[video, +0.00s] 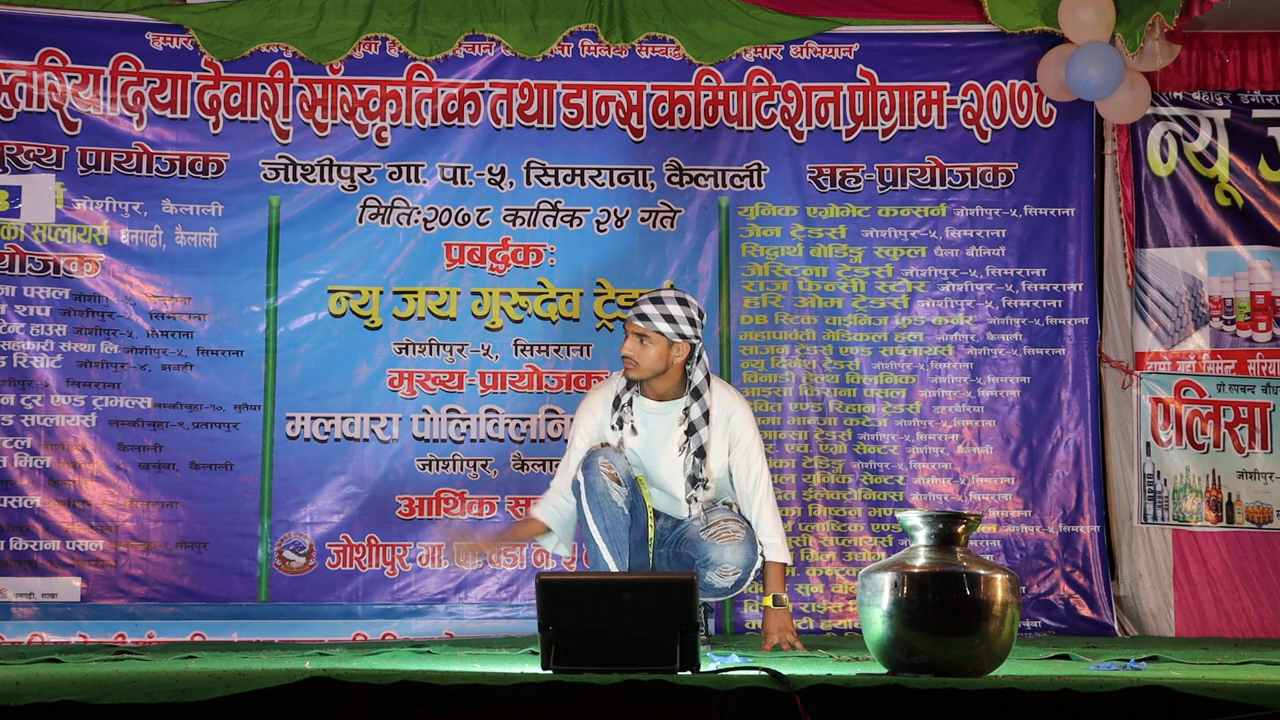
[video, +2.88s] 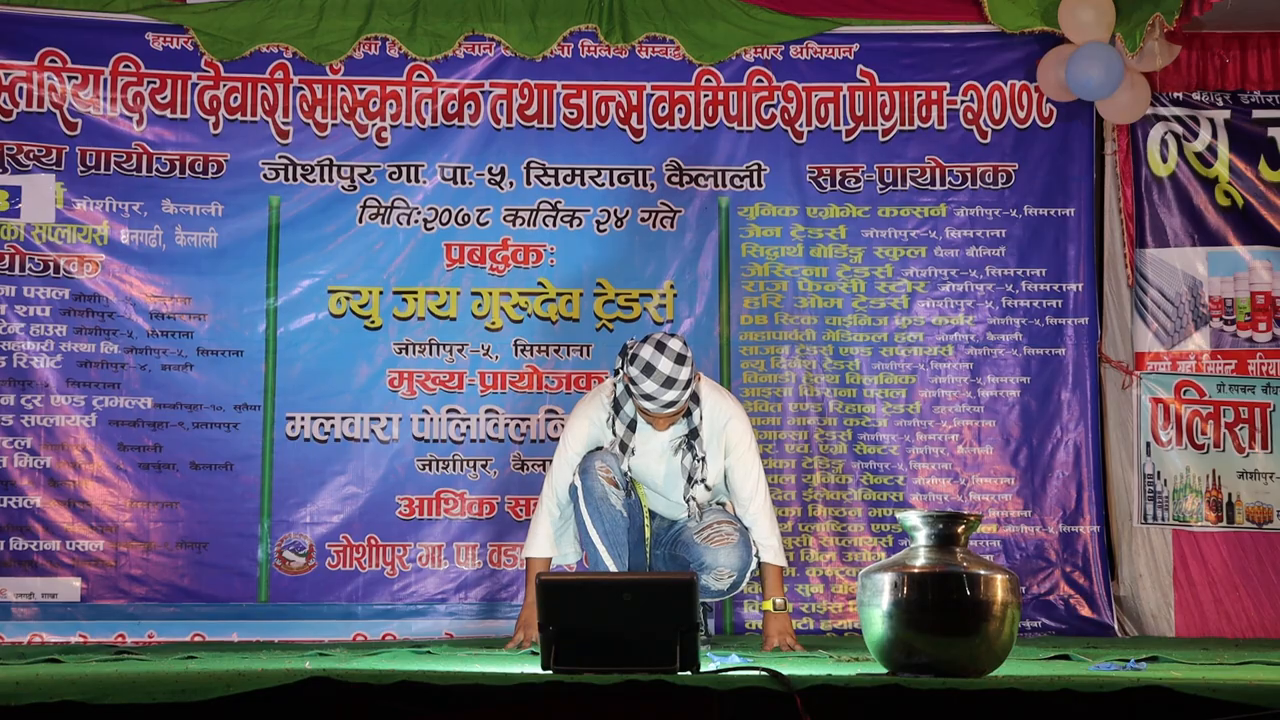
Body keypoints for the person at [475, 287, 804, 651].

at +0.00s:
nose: (625, 350)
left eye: (641, 340)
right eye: (627, 336)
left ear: (679, 351)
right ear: (625, 336)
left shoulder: (728, 408)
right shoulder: (603, 402)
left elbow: (761, 502)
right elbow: (562, 498)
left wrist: (776, 602)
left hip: (695, 541)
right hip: (629, 534)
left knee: (731, 539)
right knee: (601, 462)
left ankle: (691, 614)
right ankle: (618, 605)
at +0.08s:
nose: (627, 347)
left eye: (642, 338)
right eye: (627, 334)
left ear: (680, 350)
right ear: (625, 336)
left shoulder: (728, 409)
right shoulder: (603, 401)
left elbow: (761, 505)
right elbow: (558, 497)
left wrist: (777, 605)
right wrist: (480, 503)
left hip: (693, 536)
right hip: (633, 532)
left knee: (734, 542)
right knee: (604, 461)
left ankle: (681, 614)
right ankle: (623, 607)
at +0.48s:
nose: (630, 346)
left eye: (647, 338)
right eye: (631, 333)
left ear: (684, 351)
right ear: (628, 334)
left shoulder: (727, 411)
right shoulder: (603, 399)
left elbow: (762, 505)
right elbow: (559, 492)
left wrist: (778, 607)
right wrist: (497, 472)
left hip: (695, 534)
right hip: (634, 530)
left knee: (736, 555)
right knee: (605, 463)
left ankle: (679, 611)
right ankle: (627, 607)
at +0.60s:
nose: (628, 348)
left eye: (645, 340)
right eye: (629, 336)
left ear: (681, 353)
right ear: (625, 335)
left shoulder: (727, 410)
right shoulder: (604, 400)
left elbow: (762, 503)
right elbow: (559, 473)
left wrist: (778, 604)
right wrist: (535, 490)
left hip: (697, 537)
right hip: (634, 529)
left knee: (736, 550)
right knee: (601, 461)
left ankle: (684, 610)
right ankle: (619, 603)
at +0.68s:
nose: (629, 352)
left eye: (646, 344)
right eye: (629, 339)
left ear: (683, 355)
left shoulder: (728, 410)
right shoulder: (603, 402)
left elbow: (763, 504)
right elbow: (547, 496)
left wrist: (778, 604)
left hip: (695, 541)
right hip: (632, 535)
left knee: (735, 549)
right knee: (603, 462)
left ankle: (683, 609)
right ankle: (617, 602)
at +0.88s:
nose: (657, 379)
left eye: (672, 367)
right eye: (648, 362)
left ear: (697, 363)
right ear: (636, 353)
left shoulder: (728, 412)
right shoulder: (604, 406)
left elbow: (763, 502)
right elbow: (551, 491)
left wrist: (778, 606)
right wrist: (535, 588)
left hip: (693, 541)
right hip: (630, 532)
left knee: (736, 546)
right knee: (603, 462)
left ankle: (690, 610)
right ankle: (622, 604)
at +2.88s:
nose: (660, 422)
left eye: (670, 412)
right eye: (649, 413)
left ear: (688, 391)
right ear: (630, 393)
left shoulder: (725, 414)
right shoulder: (594, 411)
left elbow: (757, 507)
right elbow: (552, 502)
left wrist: (775, 606)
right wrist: (532, 600)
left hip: (691, 536)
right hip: (627, 533)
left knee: (728, 553)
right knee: (595, 467)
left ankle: (690, 608)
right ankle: (622, 604)